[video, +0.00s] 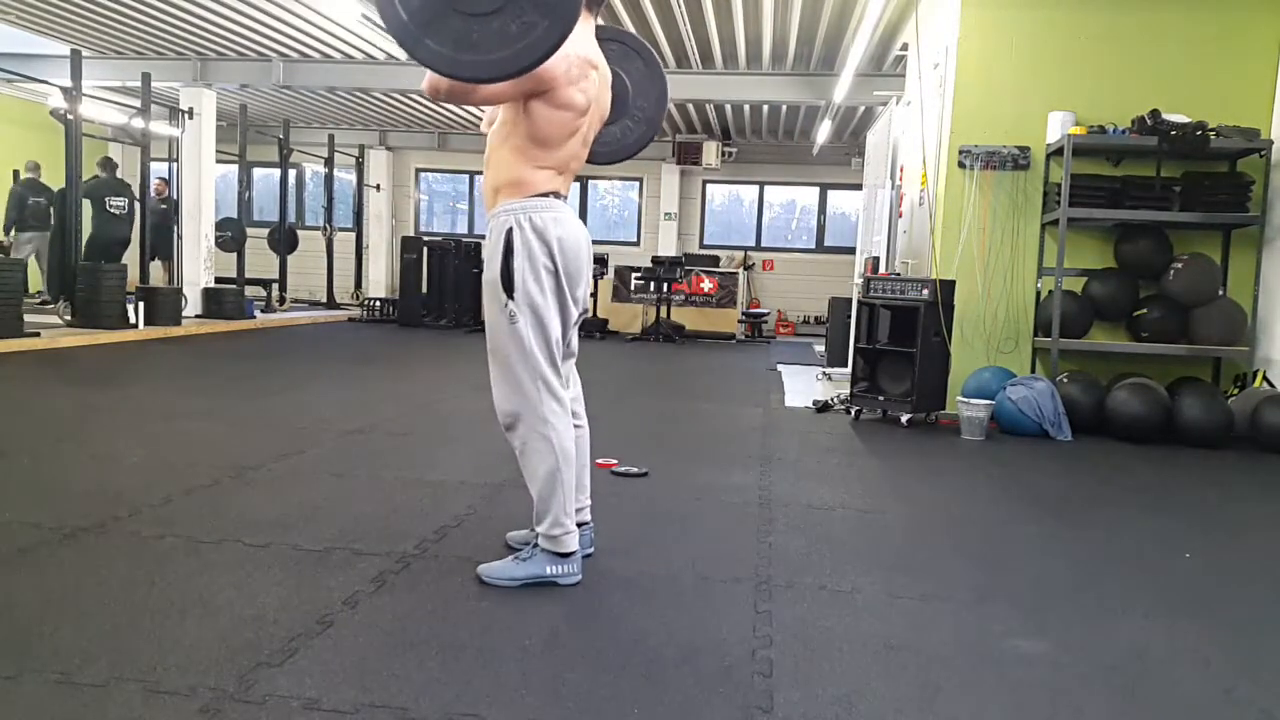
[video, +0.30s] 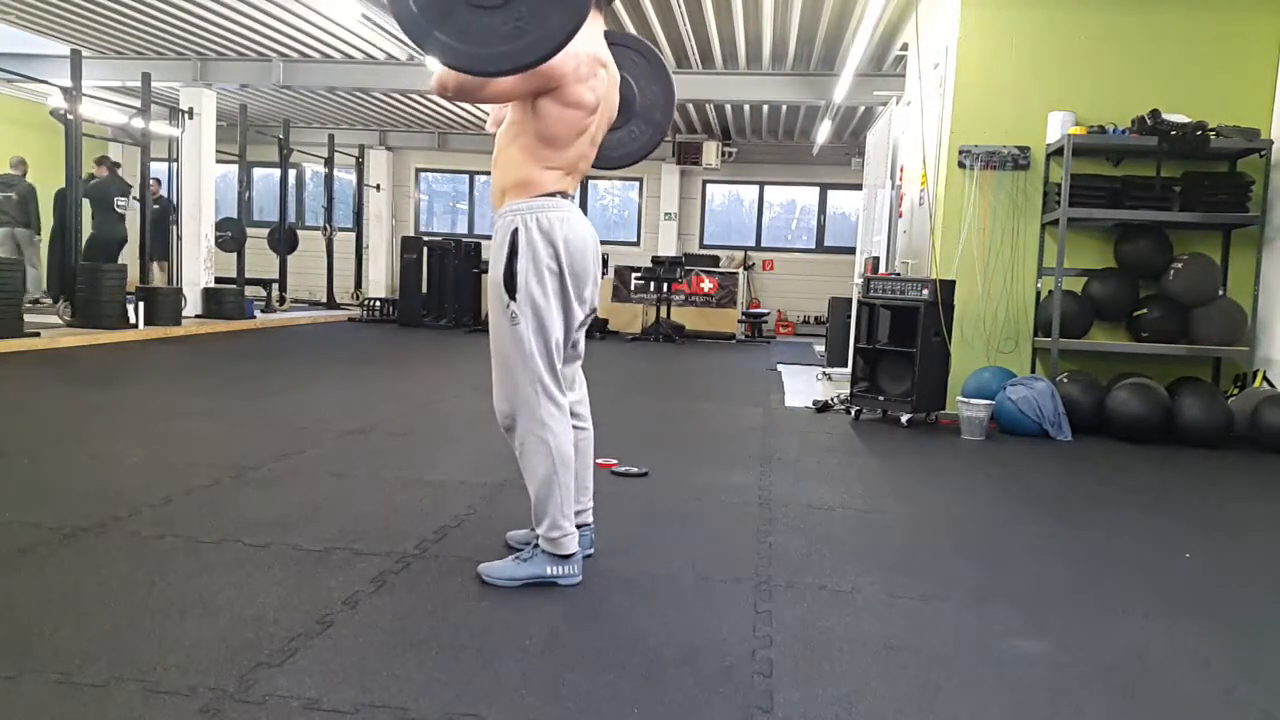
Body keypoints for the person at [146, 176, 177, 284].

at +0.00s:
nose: (156, 187)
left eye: (159, 185)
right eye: (155, 184)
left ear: (166, 187)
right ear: (152, 186)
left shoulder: (172, 202)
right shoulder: (150, 201)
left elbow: (177, 218)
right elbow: (146, 217)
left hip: (166, 237)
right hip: (150, 236)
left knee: (166, 265)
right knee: (144, 263)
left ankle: (168, 287)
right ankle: (144, 286)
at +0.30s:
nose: (150, 188)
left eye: (153, 185)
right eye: (149, 186)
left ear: (159, 187)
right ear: (148, 187)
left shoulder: (165, 203)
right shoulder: (146, 202)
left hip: (160, 239)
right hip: (147, 237)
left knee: (161, 262)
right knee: (147, 262)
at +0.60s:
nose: (149, 189)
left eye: (151, 186)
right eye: (147, 187)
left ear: (156, 187)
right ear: (145, 188)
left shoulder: (163, 200)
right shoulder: (142, 200)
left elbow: (168, 219)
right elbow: (134, 218)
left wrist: (155, 225)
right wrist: (128, 235)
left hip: (161, 235)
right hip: (147, 235)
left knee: (162, 261)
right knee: (148, 262)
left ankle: (162, 286)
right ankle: (148, 286)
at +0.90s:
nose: (153, 189)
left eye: (156, 186)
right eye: (151, 187)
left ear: (161, 188)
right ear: (149, 189)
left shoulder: (168, 201)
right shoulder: (146, 202)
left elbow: (174, 218)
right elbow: (139, 217)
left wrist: (173, 234)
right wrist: (134, 232)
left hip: (165, 235)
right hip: (150, 235)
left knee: (168, 261)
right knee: (151, 261)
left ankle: (170, 284)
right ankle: (150, 283)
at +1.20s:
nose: (165, 191)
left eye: (168, 188)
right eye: (163, 188)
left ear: (173, 189)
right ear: (160, 189)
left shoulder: (177, 202)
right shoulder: (155, 203)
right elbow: (149, 220)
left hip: (175, 234)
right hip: (160, 233)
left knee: (176, 263)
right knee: (155, 263)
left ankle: (177, 289)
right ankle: (152, 288)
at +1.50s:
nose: (171, 192)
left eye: (174, 189)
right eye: (169, 189)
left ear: (177, 190)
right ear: (166, 190)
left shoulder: (181, 203)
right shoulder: (161, 204)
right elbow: (152, 219)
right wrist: (164, 222)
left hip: (179, 237)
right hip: (166, 236)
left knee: (178, 264)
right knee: (160, 264)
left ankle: (177, 289)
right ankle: (153, 288)